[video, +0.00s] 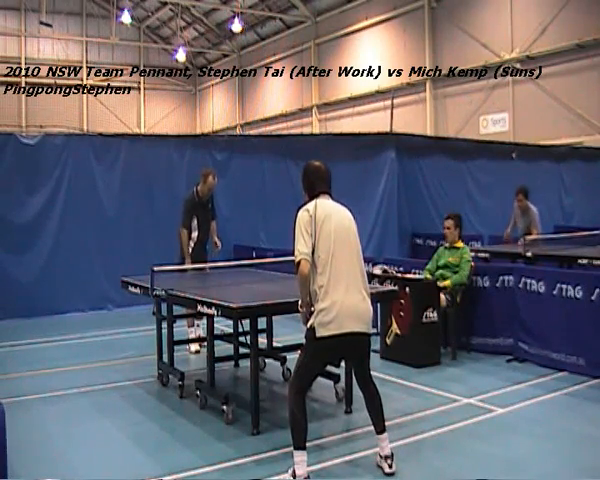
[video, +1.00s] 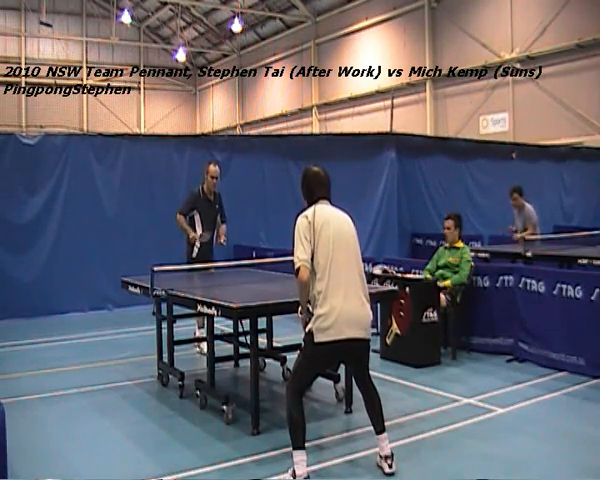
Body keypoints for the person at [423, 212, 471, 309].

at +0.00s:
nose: (445, 232)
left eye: (448, 228)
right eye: (444, 228)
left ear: (457, 230)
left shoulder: (464, 251)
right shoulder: (441, 249)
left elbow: (463, 276)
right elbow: (429, 268)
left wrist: (445, 283)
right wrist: (428, 277)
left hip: (454, 285)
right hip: (436, 282)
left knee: (441, 298)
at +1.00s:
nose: (445, 232)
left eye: (448, 229)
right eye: (444, 229)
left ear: (457, 230)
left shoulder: (464, 251)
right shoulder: (442, 249)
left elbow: (463, 276)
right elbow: (429, 267)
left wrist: (445, 283)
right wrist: (428, 277)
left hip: (453, 284)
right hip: (436, 281)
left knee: (442, 298)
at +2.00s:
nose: (445, 232)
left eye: (448, 229)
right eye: (444, 229)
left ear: (457, 230)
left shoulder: (464, 251)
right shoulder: (442, 249)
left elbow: (463, 276)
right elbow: (430, 267)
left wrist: (446, 283)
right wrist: (428, 276)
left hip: (453, 284)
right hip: (436, 281)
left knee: (442, 298)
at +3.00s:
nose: (445, 232)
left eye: (448, 229)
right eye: (444, 229)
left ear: (457, 230)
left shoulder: (464, 251)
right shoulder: (442, 249)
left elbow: (463, 276)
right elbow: (430, 266)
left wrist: (447, 283)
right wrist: (428, 275)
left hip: (453, 284)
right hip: (435, 281)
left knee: (442, 298)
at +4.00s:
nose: (445, 232)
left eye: (448, 228)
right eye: (444, 228)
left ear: (457, 230)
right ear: (443, 229)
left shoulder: (464, 251)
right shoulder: (442, 249)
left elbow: (463, 276)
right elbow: (430, 267)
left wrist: (446, 283)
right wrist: (427, 277)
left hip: (452, 286)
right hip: (435, 283)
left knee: (438, 302)